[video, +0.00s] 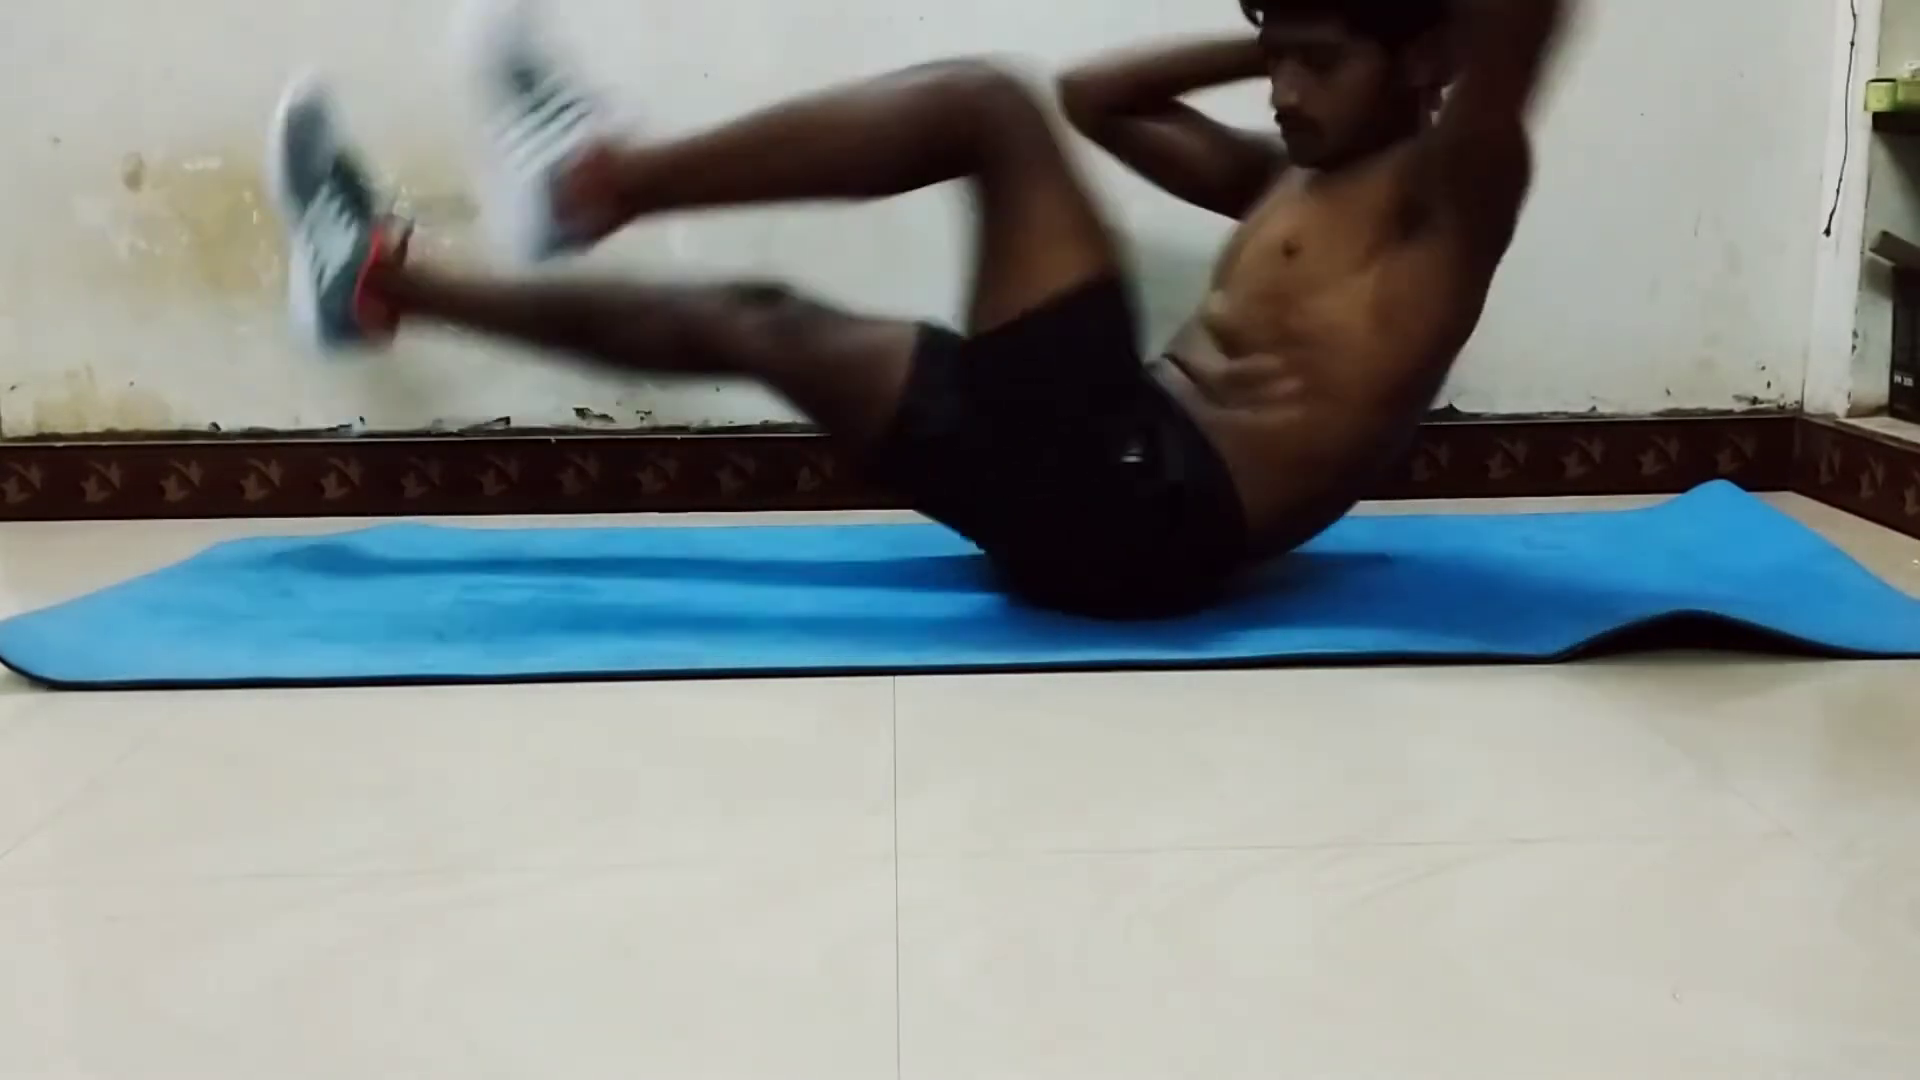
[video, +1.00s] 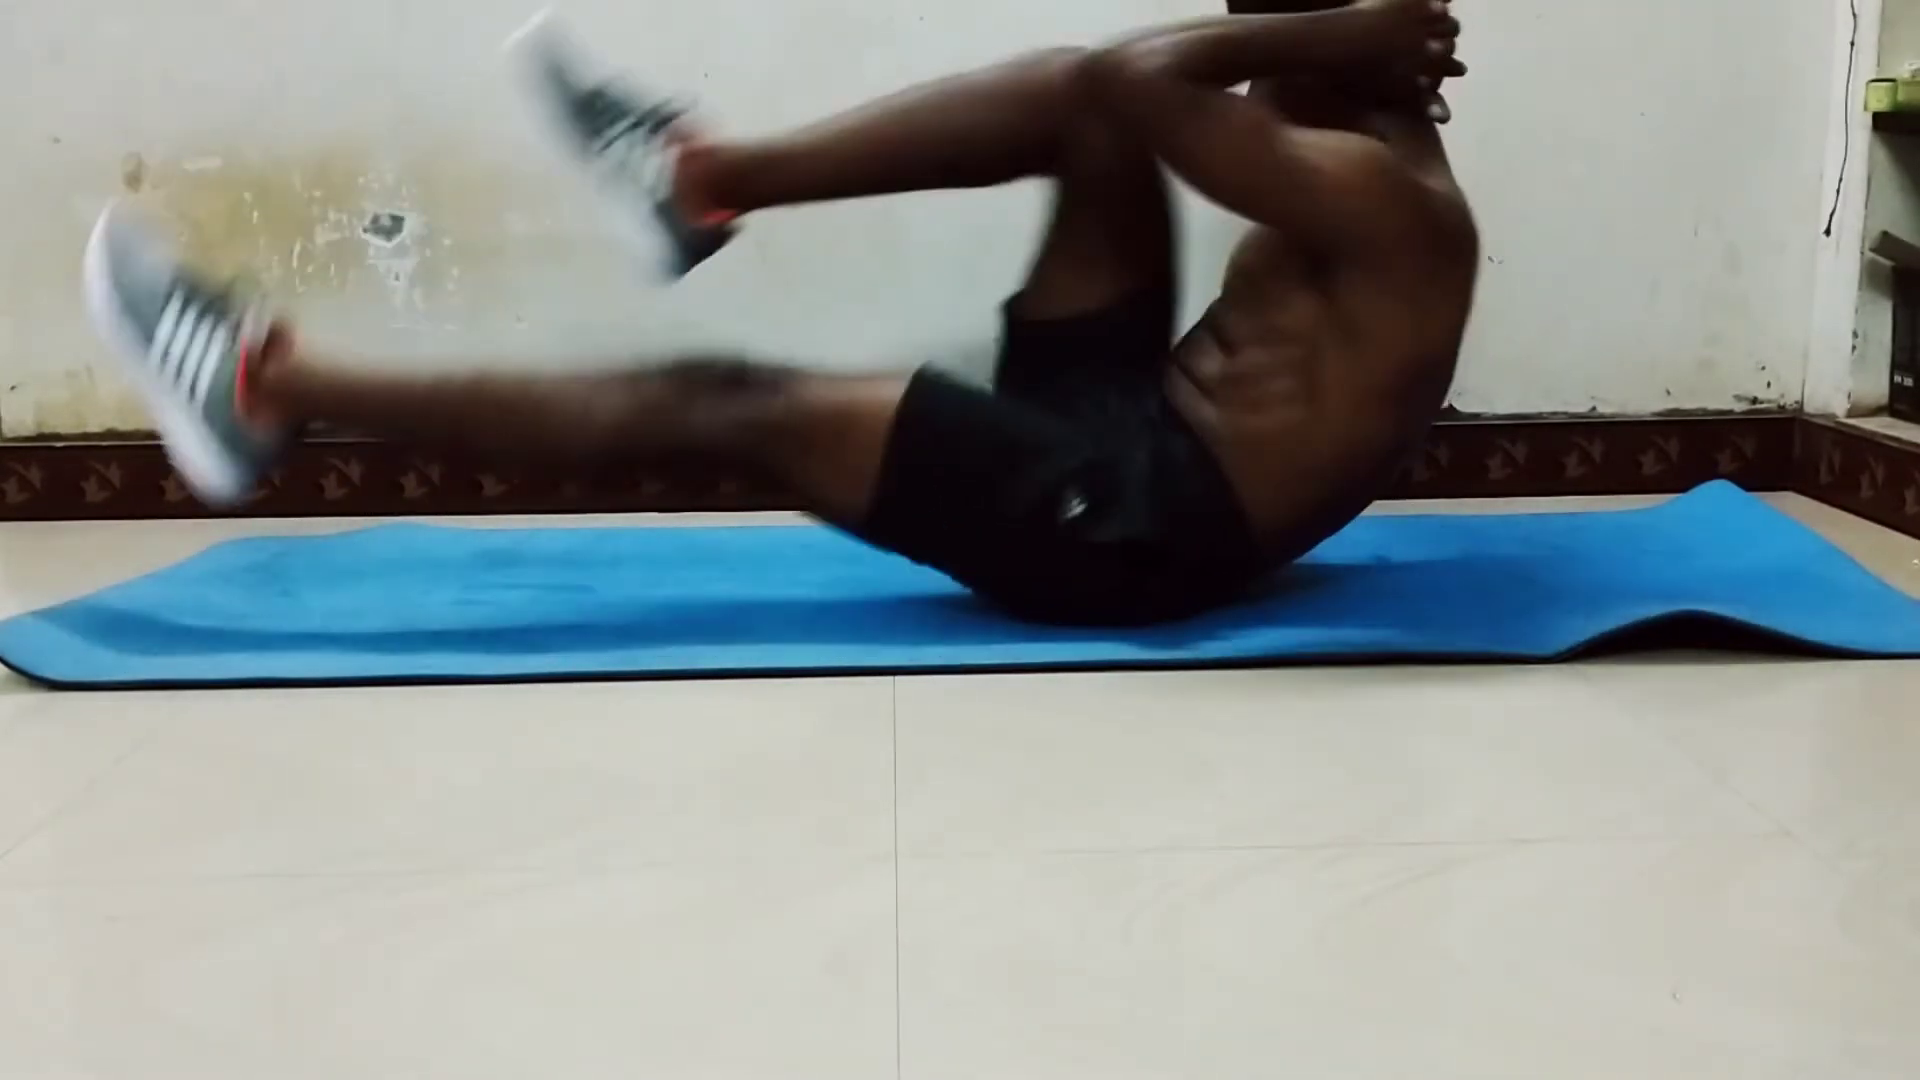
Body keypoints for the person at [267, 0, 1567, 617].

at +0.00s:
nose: (1287, 95)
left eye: (1315, 66)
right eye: (1278, 71)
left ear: (1417, 65)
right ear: (1288, 86)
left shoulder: (1452, 183)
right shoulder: (1295, 181)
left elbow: (1532, 27)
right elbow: (1095, 105)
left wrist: (1443, 50)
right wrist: (1255, 70)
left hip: (1150, 509)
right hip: (1077, 476)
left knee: (996, 105)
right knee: (754, 323)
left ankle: (601, 189)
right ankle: (390, 282)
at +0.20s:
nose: (1305, 86)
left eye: (1339, 60)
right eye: (1291, 61)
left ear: (1418, 62)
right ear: (1280, 64)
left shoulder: (1467, 191)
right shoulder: (1241, 147)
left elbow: (1674, 36)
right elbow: (1069, 50)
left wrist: (1523, 17)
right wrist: (1257, 20)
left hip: (1166, 510)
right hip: (1069, 448)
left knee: (1139, 101)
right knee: (744, 377)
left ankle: (751, 105)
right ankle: (376, 373)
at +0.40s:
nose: (1292, 99)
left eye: (1323, 73)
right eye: (1284, 75)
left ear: (1415, 74)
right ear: (1278, 86)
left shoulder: (1474, 197)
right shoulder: (1256, 150)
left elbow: (1683, 52)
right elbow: (1079, 60)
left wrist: (1509, 20)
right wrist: (1227, 31)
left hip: (1177, 512)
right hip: (1089, 453)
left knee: (1127, 100)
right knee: (763, 347)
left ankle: (725, 113)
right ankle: (397, 422)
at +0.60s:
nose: (1273, 96)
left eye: (1297, 68)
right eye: (1266, 66)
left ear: (1394, 67)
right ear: (1289, 71)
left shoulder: (1465, 215)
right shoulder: (1308, 166)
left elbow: (1507, 46)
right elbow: (1125, 52)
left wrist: (1440, 64)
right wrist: (1269, 39)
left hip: (1179, 524)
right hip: (1127, 475)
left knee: (909, 162)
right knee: (897, 169)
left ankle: (492, 205)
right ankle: (507, 356)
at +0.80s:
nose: (1252, 110)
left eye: (1278, 77)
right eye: (1250, 88)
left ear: (1402, 68)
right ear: (1359, 80)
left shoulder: (1441, 220)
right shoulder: (1355, 194)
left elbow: (1368, 152)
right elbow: (1281, 125)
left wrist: (1242, 65)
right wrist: (1241, 70)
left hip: (1159, 514)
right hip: (1127, 438)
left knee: (807, 247)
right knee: (934, 135)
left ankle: (370, 276)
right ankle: (592, 282)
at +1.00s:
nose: (1296, 57)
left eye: (1324, 38)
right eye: (1340, 33)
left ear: (1379, 66)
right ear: (1382, 69)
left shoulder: (1389, 199)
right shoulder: (1367, 189)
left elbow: (1129, 84)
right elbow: (1140, 86)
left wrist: (1318, 50)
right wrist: (1338, 51)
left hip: (1126, 515)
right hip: (1120, 425)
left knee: (727, 410)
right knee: (1092, 106)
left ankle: (264, 393)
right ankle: (712, 182)